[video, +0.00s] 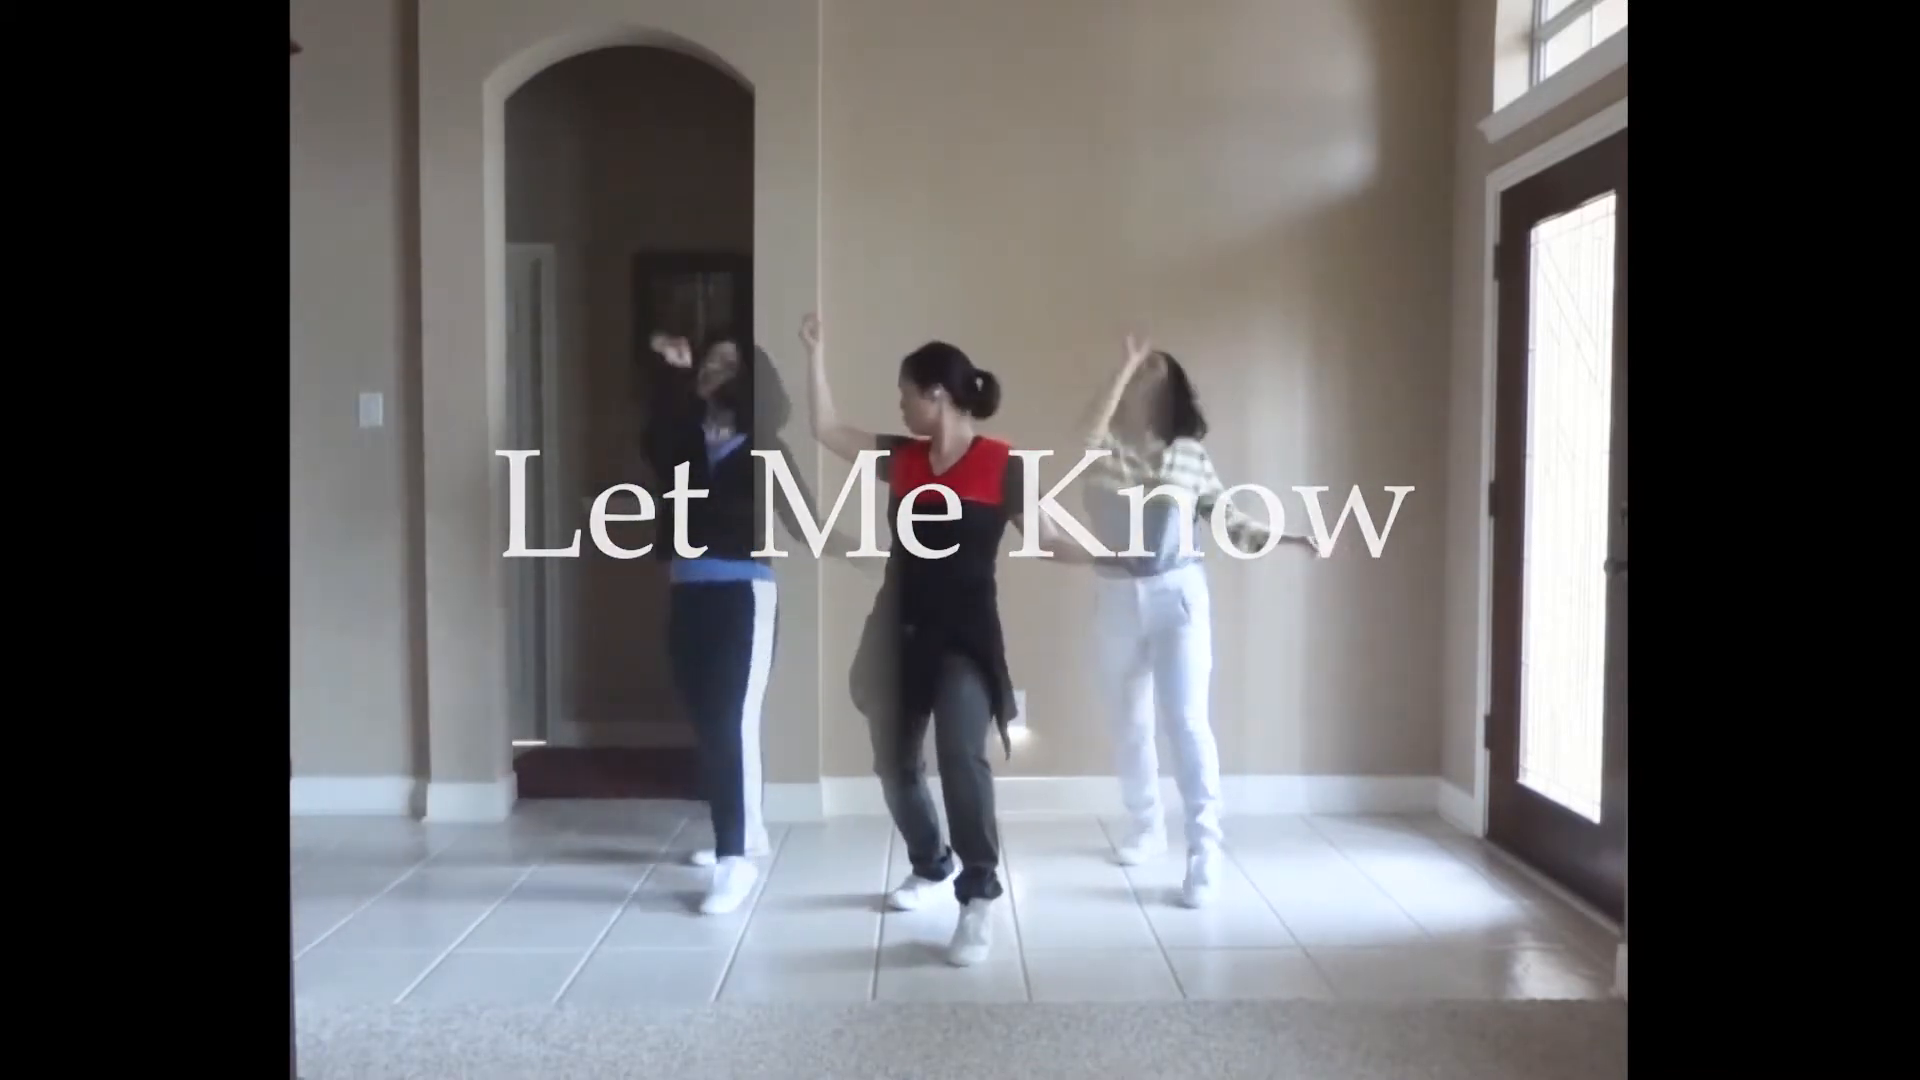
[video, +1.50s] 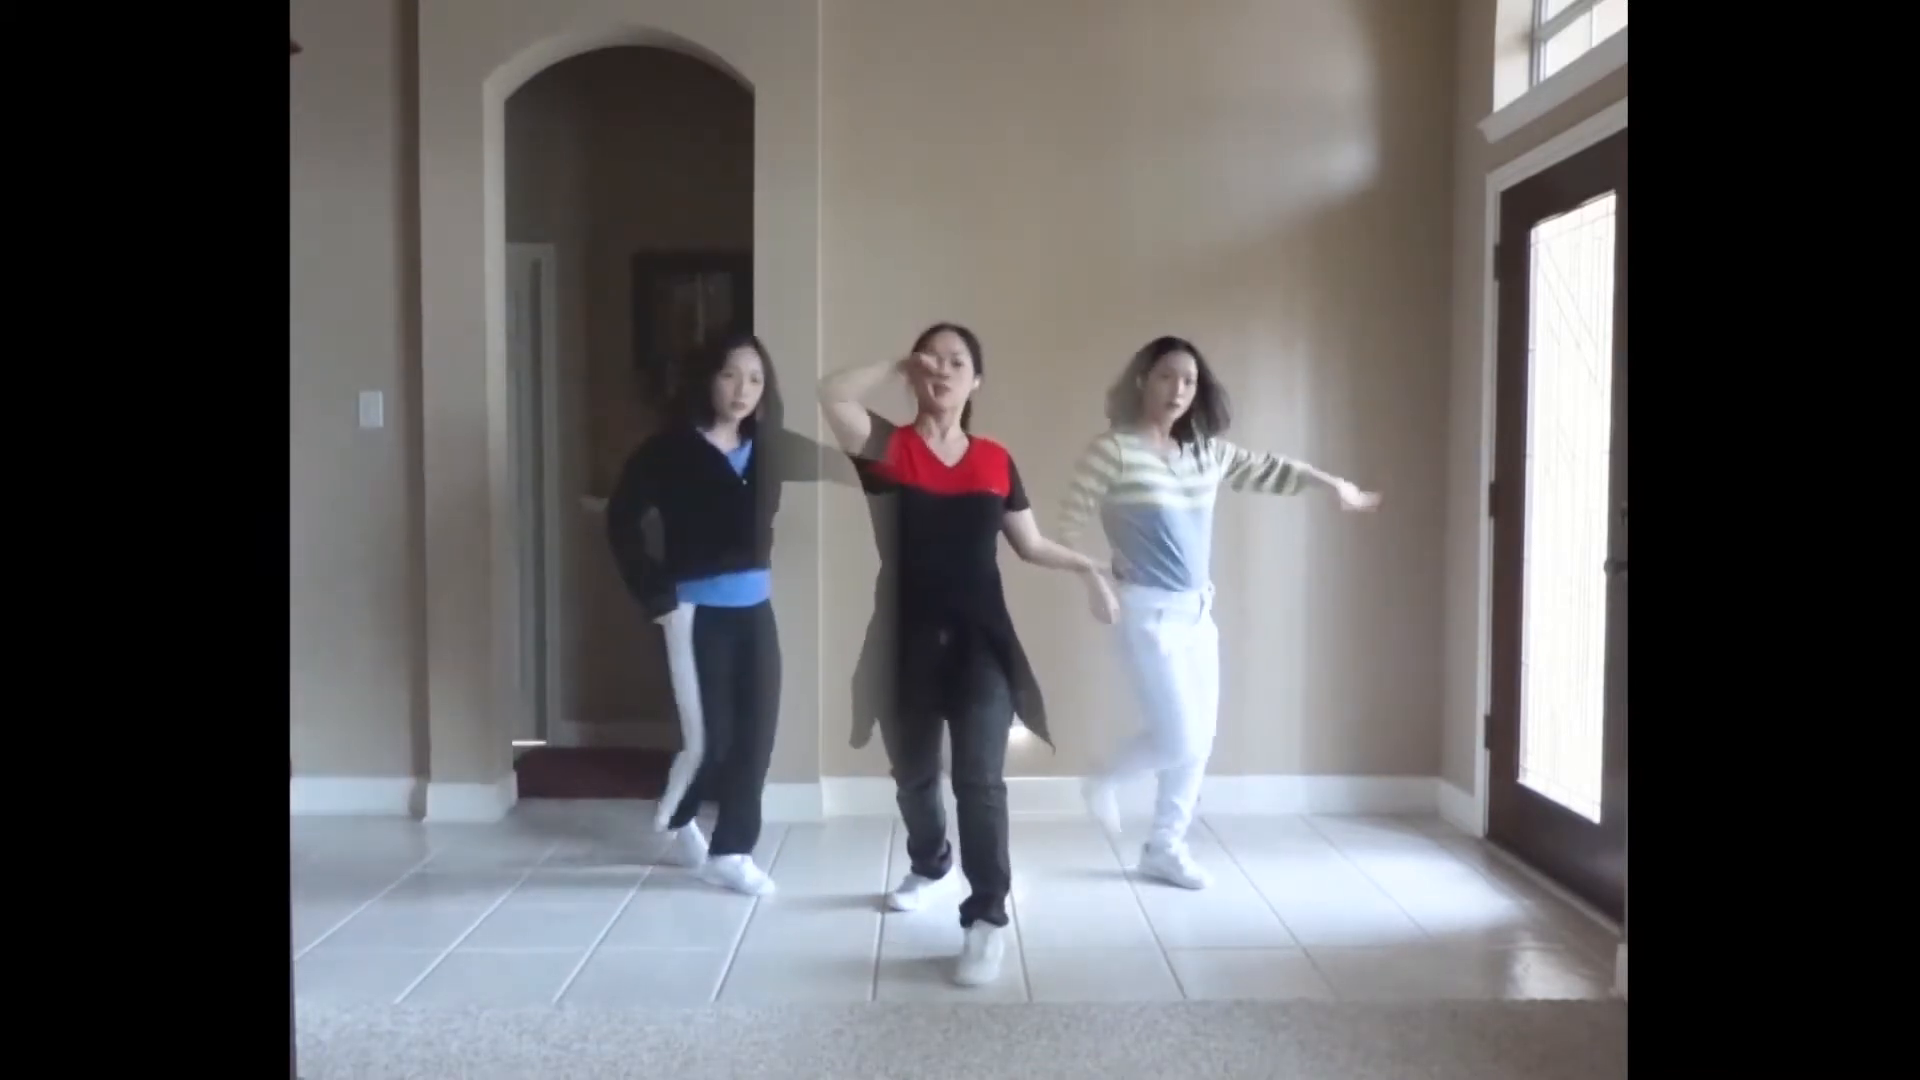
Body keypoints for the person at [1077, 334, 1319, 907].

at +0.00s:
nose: (1134, 384)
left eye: (1147, 378)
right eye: (1131, 378)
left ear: (1167, 397)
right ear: (1121, 391)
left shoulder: (1187, 456)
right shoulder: (1103, 451)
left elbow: (1229, 524)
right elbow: (1089, 437)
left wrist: (1294, 537)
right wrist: (1124, 370)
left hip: (1177, 595)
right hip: (1118, 598)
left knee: (1186, 722)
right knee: (1129, 723)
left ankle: (1204, 848)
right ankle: (1142, 824)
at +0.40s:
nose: (1158, 389)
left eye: (1168, 382)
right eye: (1146, 382)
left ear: (1185, 401)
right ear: (1127, 399)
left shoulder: (1203, 464)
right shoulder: (1113, 457)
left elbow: (1230, 537)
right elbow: (1095, 486)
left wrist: (1292, 543)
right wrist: (1119, 431)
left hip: (1190, 617)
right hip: (1127, 619)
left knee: (1193, 733)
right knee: (1123, 735)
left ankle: (1208, 854)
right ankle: (1142, 828)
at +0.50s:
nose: (1164, 424)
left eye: (1174, 416)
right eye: (1152, 416)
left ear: (1191, 429)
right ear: (1134, 429)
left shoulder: (1207, 486)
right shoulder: (1117, 488)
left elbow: (1224, 556)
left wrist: (1284, 557)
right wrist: (1136, 493)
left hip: (1193, 632)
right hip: (1129, 637)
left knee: (1189, 734)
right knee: (1127, 748)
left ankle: (1207, 857)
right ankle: (1132, 832)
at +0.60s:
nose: (1171, 475)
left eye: (1182, 465)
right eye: (1159, 466)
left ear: (1199, 476)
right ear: (1142, 476)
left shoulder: (1211, 523)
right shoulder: (1127, 526)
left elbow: (1226, 584)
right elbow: (1128, 597)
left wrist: (1279, 582)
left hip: (1195, 648)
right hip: (1132, 651)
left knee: (1186, 744)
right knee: (1139, 763)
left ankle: (1208, 861)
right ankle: (1129, 843)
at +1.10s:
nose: (1188, 472)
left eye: (1201, 463)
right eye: (1179, 457)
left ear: (1213, 462)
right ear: (1158, 444)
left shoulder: (1202, 496)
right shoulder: (1113, 479)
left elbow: (1209, 543)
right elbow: (1101, 562)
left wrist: (1261, 534)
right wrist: (1131, 585)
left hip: (1180, 617)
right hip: (1119, 620)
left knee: (1192, 734)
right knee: (1127, 739)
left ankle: (1207, 858)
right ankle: (1120, 826)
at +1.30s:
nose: (1186, 402)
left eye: (1198, 393)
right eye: (1177, 388)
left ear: (1209, 400)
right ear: (1153, 385)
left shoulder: (1215, 455)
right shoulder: (1116, 449)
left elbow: (1270, 486)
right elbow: (1073, 512)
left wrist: (1321, 485)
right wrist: (1094, 577)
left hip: (1183, 611)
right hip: (1127, 611)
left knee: (1191, 728)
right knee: (1123, 728)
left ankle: (1168, 843)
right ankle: (1115, 824)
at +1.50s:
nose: (1178, 389)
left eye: (1189, 381)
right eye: (1167, 377)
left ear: (1196, 392)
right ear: (1142, 380)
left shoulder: (1208, 453)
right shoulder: (1113, 449)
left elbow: (1269, 469)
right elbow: (1071, 518)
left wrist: (1336, 485)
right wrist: (1093, 579)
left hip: (1196, 613)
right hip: (1144, 612)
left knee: (1195, 741)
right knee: (1174, 738)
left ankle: (1166, 846)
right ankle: (1105, 780)